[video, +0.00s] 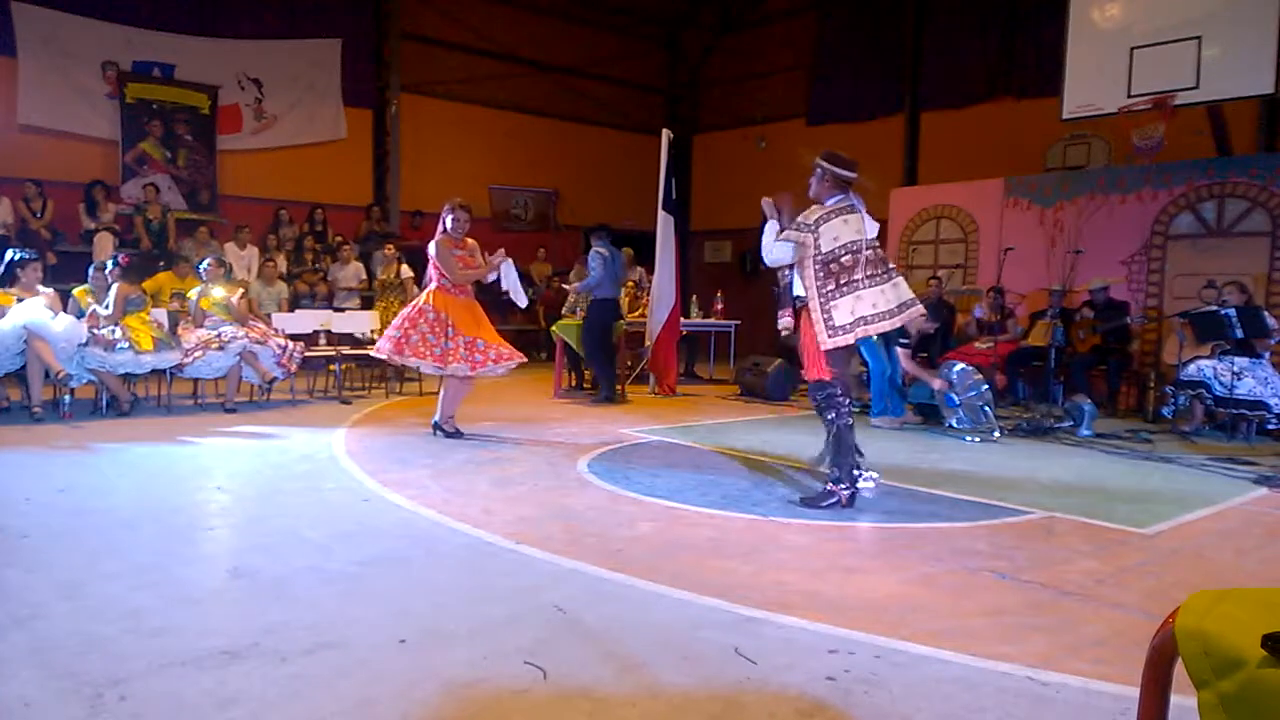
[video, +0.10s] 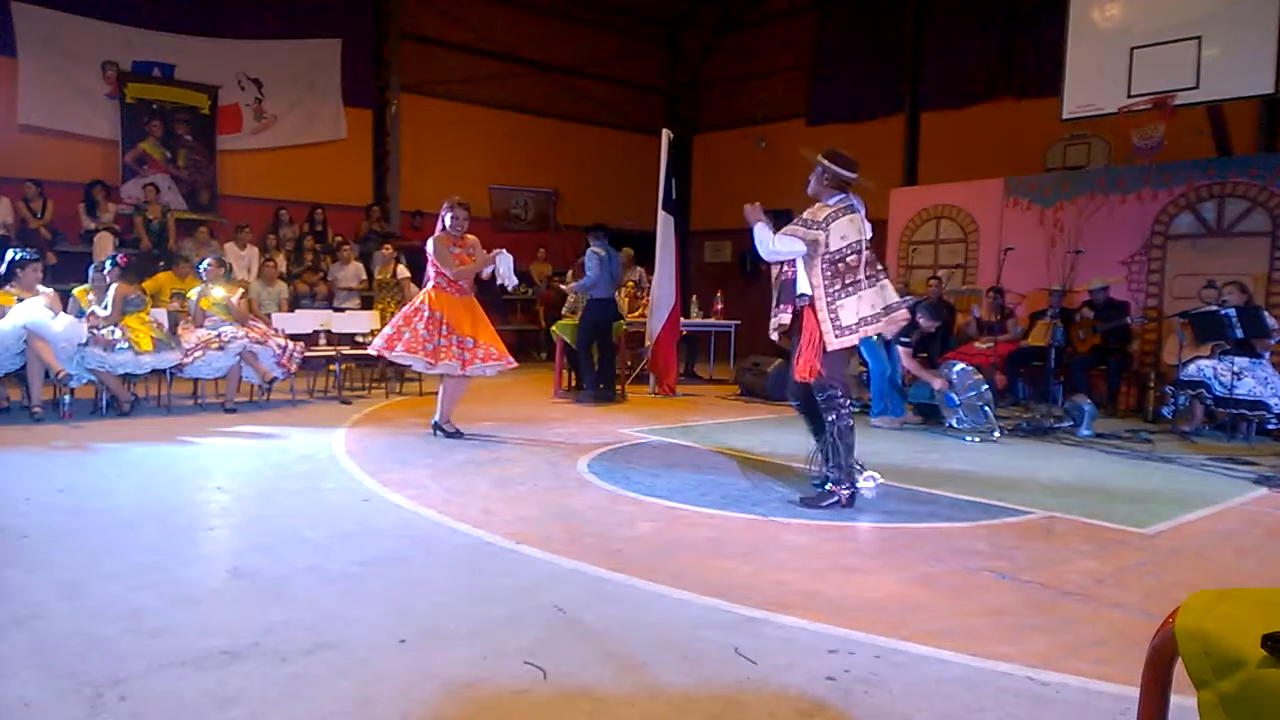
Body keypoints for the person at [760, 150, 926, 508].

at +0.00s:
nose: (809, 183)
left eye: (814, 177)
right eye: (812, 176)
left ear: (826, 181)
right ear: (843, 184)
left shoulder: (812, 222)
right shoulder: (859, 217)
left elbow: (772, 255)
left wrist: (771, 220)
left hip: (818, 316)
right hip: (844, 314)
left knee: (827, 394)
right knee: (833, 391)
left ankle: (841, 482)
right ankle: (848, 464)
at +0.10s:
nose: (811, 176)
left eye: (817, 172)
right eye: (814, 171)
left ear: (828, 180)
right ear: (842, 183)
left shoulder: (823, 219)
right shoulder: (850, 210)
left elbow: (771, 250)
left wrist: (758, 221)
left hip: (825, 316)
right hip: (836, 311)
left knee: (831, 392)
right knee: (802, 391)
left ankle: (843, 483)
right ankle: (837, 462)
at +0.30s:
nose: (803, 175)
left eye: (809, 171)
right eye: (807, 169)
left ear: (820, 179)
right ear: (833, 182)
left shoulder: (822, 217)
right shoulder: (831, 210)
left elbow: (776, 239)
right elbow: (789, 240)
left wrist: (733, 222)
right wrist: (760, 218)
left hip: (815, 312)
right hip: (811, 310)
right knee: (771, 387)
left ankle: (841, 486)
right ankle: (789, 475)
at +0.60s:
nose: (777, 178)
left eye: (783, 173)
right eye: (780, 172)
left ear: (797, 181)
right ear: (800, 180)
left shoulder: (805, 216)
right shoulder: (780, 212)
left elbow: (761, 243)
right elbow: (742, 252)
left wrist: (724, 209)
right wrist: (734, 211)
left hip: (792, 319)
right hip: (763, 320)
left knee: (810, 401)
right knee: (745, 397)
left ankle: (838, 482)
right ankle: (739, 480)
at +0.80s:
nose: (755, 176)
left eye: (761, 171)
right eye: (759, 169)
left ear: (774, 178)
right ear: (781, 179)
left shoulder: (788, 213)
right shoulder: (760, 211)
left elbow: (743, 238)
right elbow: (720, 246)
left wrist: (708, 203)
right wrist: (700, 221)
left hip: (764, 315)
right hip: (735, 314)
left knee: (753, 394)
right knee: (732, 398)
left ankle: (806, 463)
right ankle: (737, 480)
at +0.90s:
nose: (747, 174)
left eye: (753, 170)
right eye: (750, 168)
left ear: (767, 177)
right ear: (771, 178)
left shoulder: (784, 213)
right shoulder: (749, 211)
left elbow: (737, 222)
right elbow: (713, 234)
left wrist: (688, 207)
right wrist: (682, 215)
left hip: (757, 314)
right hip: (728, 313)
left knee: (741, 392)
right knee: (725, 397)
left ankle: (770, 475)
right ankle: (734, 480)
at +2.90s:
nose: (727, 173)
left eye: (731, 168)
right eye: (730, 167)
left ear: (740, 172)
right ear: (761, 175)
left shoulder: (734, 212)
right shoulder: (771, 205)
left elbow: (693, 251)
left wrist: (686, 216)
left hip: (738, 312)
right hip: (755, 310)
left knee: (726, 398)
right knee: (727, 397)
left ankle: (774, 482)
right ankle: (734, 484)